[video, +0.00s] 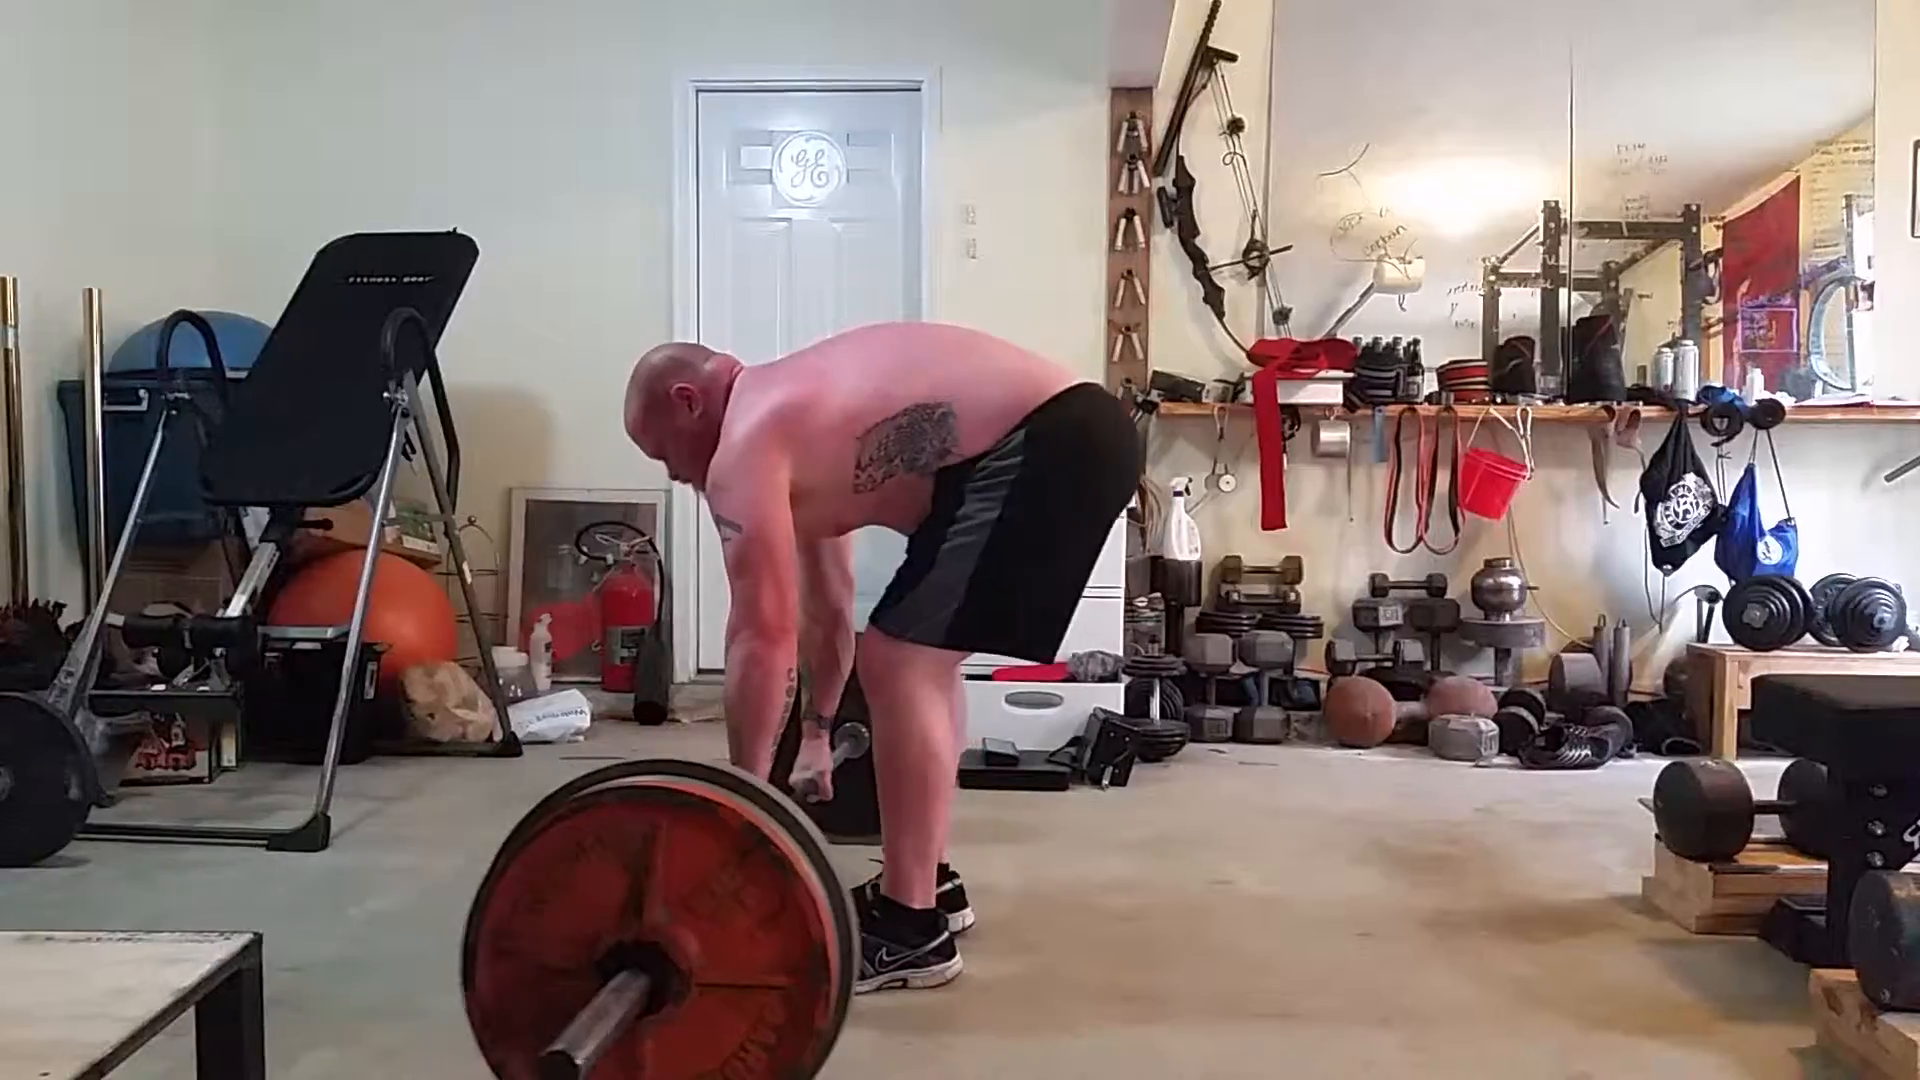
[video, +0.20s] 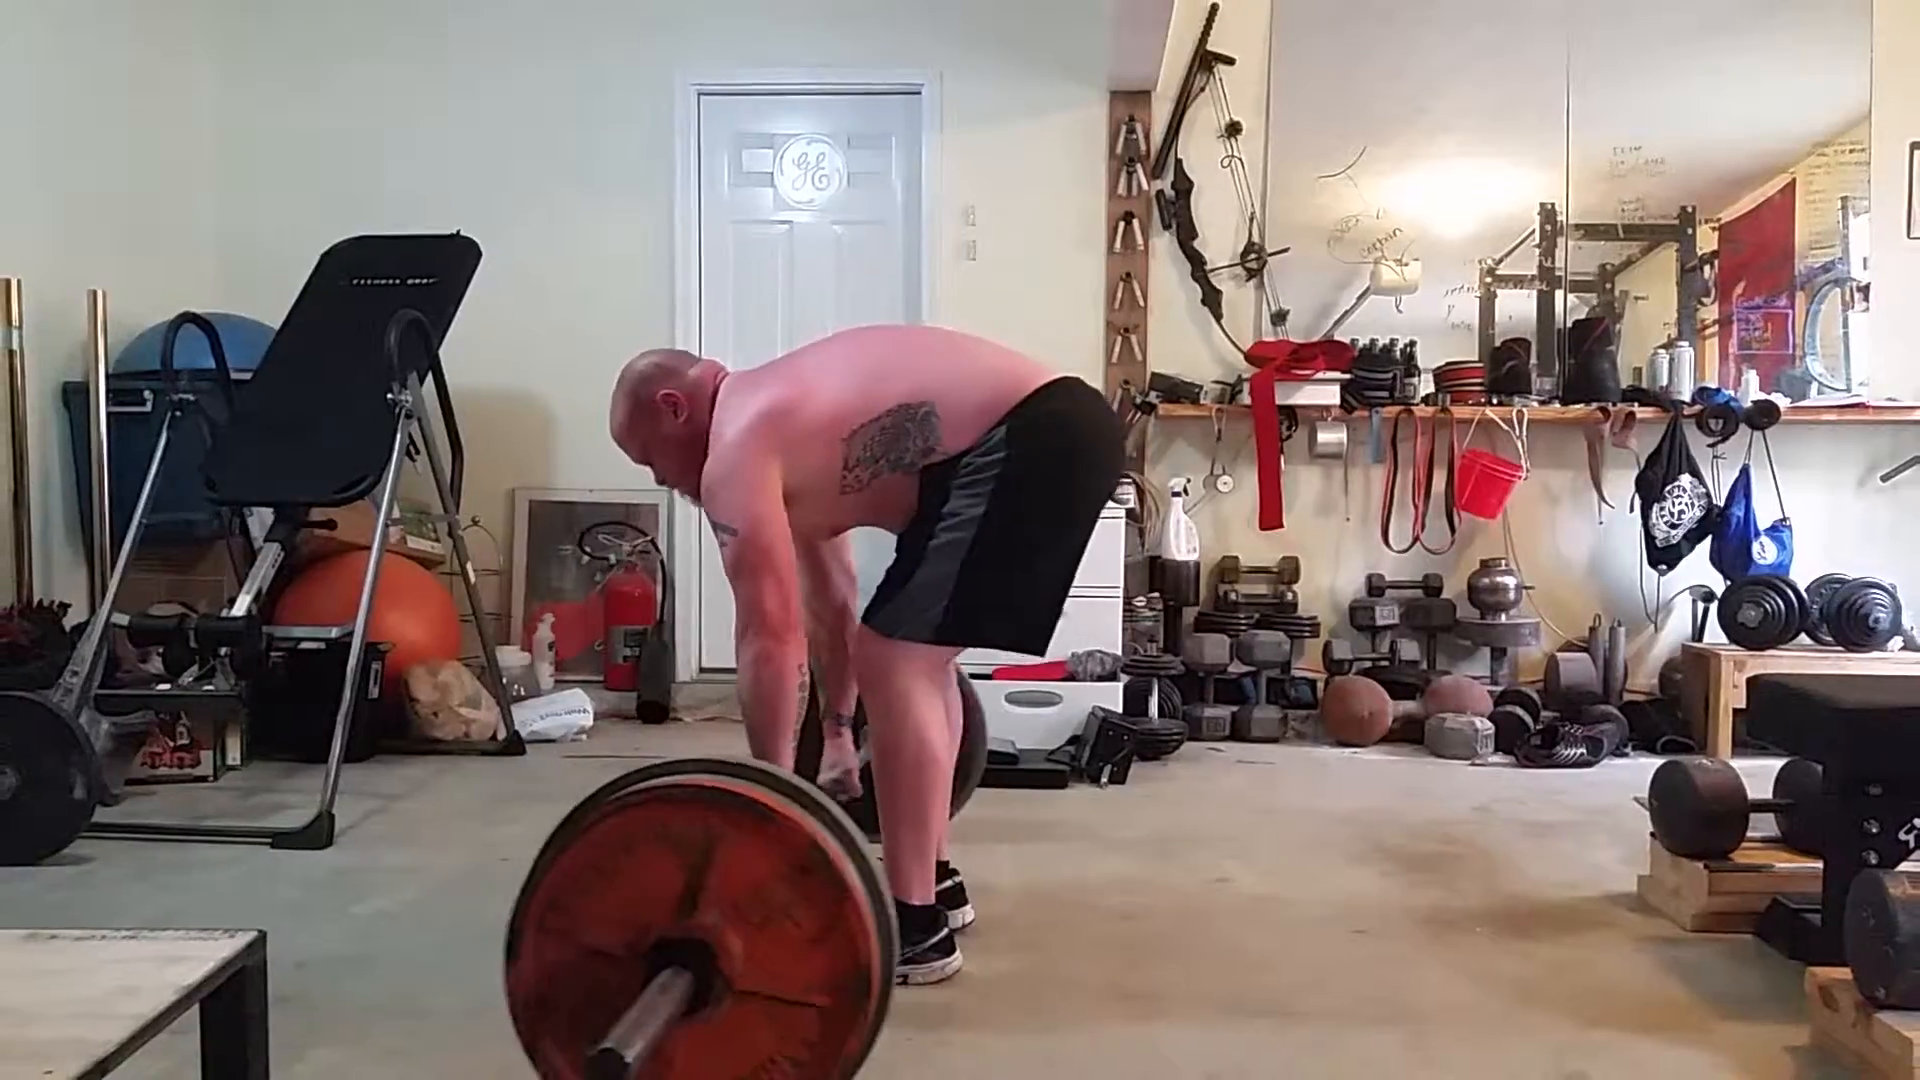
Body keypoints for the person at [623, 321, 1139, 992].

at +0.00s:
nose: (674, 477)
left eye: (662, 454)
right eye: (659, 463)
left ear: (688, 401)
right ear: (703, 391)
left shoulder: (747, 450)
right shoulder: (804, 436)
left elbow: (762, 638)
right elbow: (829, 610)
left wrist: (741, 801)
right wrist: (815, 731)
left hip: (1039, 445)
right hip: (1063, 435)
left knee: (899, 659)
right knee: (924, 659)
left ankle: (909, 926)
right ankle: (924, 881)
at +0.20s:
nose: (660, 482)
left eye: (648, 459)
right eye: (645, 468)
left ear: (675, 409)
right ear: (685, 401)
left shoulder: (738, 455)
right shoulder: (786, 434)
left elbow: (769, 641)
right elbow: (834, 605)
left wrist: (765, 801)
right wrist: (838, 729)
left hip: (1027, 439)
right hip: (1050, 429)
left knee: (891, 654)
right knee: (921, 656)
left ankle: (913, 926)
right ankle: (931, 878)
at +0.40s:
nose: (651, 487)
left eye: (637, 464)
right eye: (634, 473)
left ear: (666, 414)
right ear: (676, 406)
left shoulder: (733, 457)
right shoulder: (774, 439)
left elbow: (780, 637)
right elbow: (841, 616)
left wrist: (783, 804)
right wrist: (863, 741)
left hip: (1020, 442)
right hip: (1042, 433)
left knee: (877, 657)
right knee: (911, 658)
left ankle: (907, 917)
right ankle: (929, 886)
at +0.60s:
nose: (653, 480)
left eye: (643, 457)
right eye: (639, 465)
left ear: (673, 406)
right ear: (684, 399)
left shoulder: (742, 458)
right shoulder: (771, 430)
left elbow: (795, 634)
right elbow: (851, 610)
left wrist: (800, 800)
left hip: (1025, 460)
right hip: (1046, 449)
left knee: (872, 667)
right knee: (900, 662)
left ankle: (909, 917)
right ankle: (930, 884)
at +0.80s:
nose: (657, 451)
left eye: (652, 429)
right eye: (648, 434)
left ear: (689, 384)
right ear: (701, 379)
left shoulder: (759, 446)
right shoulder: (784, 410)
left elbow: (809, 624)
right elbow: (859, 587)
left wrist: (811, 788)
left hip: (1026, 472)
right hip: (1050, 462)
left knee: (871, 678)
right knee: (890, 666)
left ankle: (911, 905)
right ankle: (929, 876)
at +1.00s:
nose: (662, 436)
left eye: (657, 415)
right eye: (653, 421)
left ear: (694, 369)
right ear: (702, 364)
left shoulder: (765, 427)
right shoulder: (788, 389)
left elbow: (816, 603)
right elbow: (861, 570)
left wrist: (817, 772)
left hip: (1023, 463)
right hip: (1049, 454)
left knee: (880, 674)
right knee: (901, 664)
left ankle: (905, 910)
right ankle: (927, 881)